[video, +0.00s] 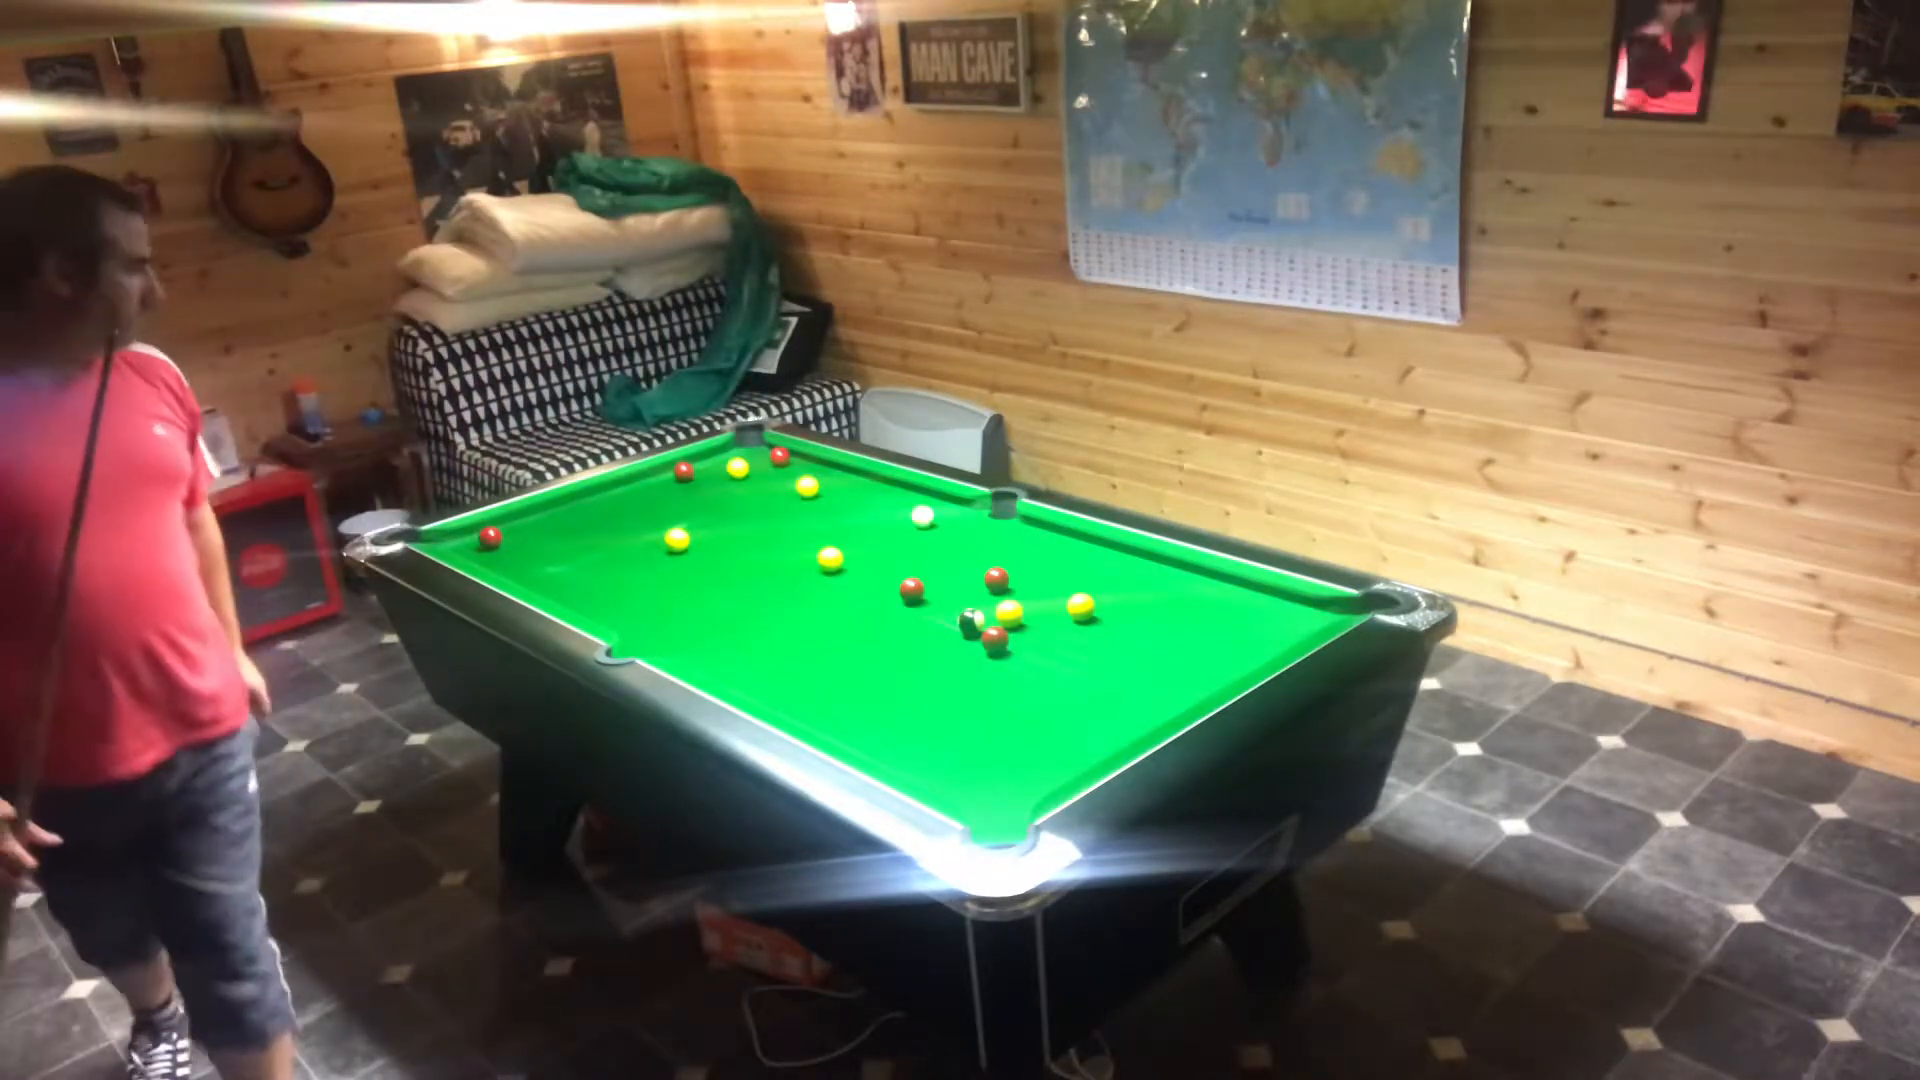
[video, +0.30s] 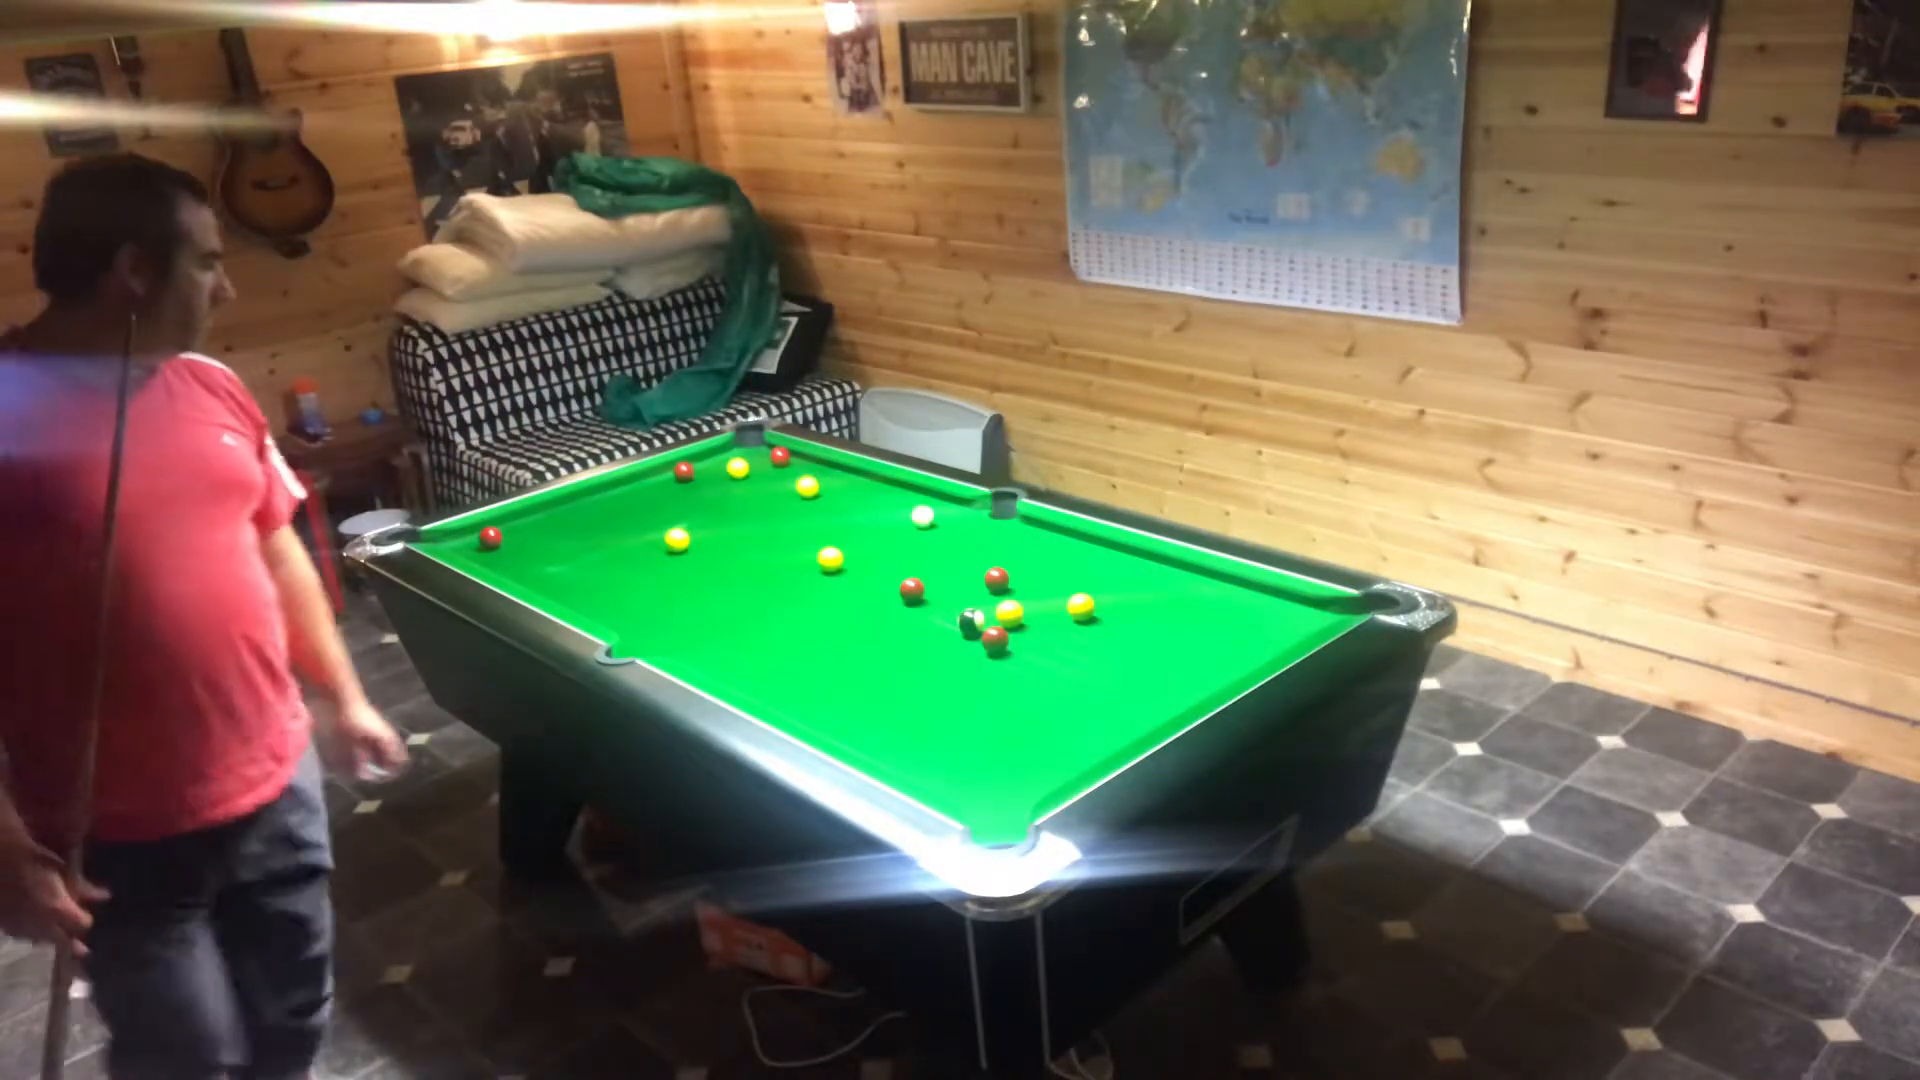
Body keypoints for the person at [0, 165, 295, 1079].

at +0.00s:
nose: (155, 290)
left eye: (153, 266)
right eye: (135, 267)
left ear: (72, 278)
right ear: (56, 278)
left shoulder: (154, 380)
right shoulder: (5, 405)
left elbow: (199, 520)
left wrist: (233, 649)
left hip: (197, 737)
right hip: (54, 772)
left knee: (234, 968)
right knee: (114, 938)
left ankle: (274, 1073)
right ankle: (161, 1017)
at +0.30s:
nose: (225, 288)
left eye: (220, 262)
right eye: (207, 263)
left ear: (141, 273)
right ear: (131, 273)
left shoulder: (212, 388)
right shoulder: (11, 402)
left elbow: (279, 545)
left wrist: (346, 697)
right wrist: (5, 840)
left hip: (274, 801)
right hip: (116, 841)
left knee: (291, 1040)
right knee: (187, 1062)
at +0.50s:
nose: (267, 292)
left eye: (262, 265)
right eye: (249, 265)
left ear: (183, 280)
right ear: (178, 279)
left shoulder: (252, 402)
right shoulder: (26, 427)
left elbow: (337, 562)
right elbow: (0, 702)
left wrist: (439, 713)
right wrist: (35, 910)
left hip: (324, 839)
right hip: (183, 876)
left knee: (321, 1057)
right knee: (320, 1067)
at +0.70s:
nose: (324, 314)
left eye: (316, 288)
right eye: (307, 290)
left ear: (251, 308)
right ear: (242, 309)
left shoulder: (301, 427)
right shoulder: (84, 498)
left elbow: (398, 591)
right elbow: (45, 789)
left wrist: (502, 752)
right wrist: (108, 1025)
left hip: (397, 883)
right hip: (278, 943)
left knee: (393, 1056)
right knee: (401, 1067)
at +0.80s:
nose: (361, 317)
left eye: (356, 291)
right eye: (345, 291)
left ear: (278, 312)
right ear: (281, 310)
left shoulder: (337, 433)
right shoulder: (107, 505)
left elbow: (419, 613)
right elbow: (95, 807)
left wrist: (510, 778)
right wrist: (160, 1047)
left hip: (453, 902)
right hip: (323, 966)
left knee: (461, 1051)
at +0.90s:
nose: (400, 313)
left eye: (395, 287)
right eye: (386, 288)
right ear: (324, 311)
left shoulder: (377, 437)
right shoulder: (153, 513)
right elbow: (149, 829)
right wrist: (229, 1057)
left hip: (530, 942)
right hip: (375, 1006)